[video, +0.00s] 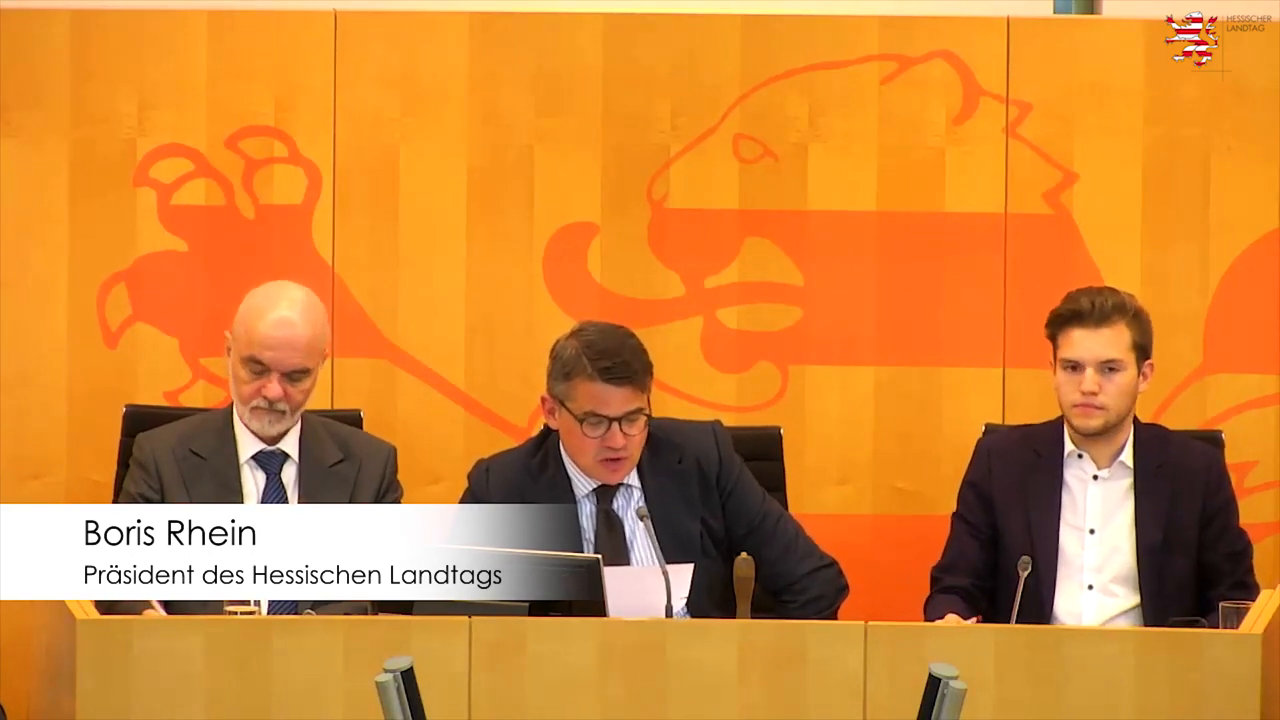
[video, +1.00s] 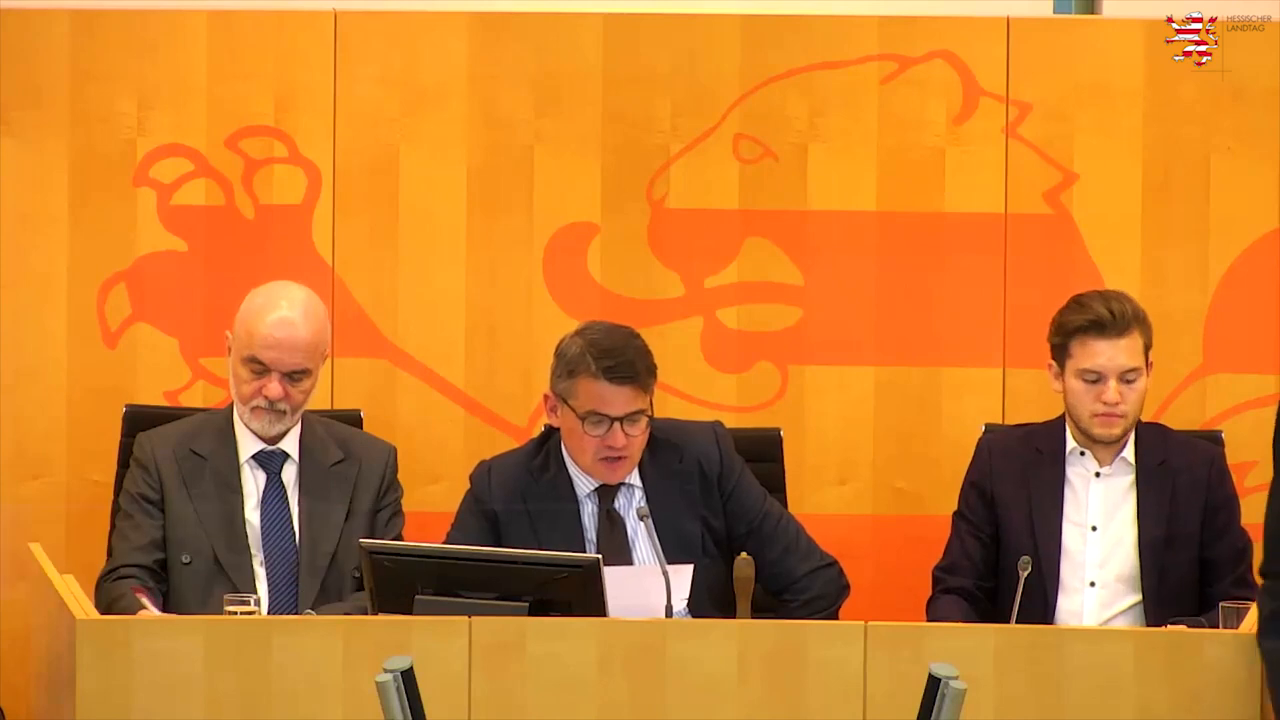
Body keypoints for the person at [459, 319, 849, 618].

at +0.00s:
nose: (617, 440)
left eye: (633, 418)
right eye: (594, 422)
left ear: (649, 399)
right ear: (552, 411)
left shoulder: (704, 457)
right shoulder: (499, 488)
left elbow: (814, 583)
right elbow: (459, 622)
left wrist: (757, 676)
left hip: (701, 678)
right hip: (562, 686)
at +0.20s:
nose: (619, 442)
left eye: (634, 420)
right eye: (596, 423)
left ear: (651, 400)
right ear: (554, 412)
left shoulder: (705, 458)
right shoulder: (500, 488)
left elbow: (814, 583)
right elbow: (460, 622)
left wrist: (757, 677)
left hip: (701, 679)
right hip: (562, 687)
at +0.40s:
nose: (619, 438)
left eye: (634, 417)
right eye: (597, 420)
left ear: (651, 399)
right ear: (554, 410)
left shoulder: (706, 458)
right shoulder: (500, 488)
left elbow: (815, 583)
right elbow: (461, 623)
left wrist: (756, 675)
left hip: (701, 678)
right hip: (561, 686)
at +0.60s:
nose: (616, 438)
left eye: (632, 417)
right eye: (595, 420)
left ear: (649, 401)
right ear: (552, 409)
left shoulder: (704, 457)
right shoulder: (497, 489)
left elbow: (815, 584)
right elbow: (446, 614)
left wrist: (756, 675)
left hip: (699, 679)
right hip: (560, 686)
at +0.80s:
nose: (616, 440)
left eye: (633, 419)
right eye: (594, 421)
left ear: (650, 403)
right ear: (552, 410)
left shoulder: (704, 457)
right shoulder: (498, 489)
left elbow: (814, 584)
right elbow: (444, 615)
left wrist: (755, 676)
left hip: (699, 680)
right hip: (560, 685)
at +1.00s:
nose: (617, 441)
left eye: (634, 419)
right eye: (596, 421)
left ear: (651, 402)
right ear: (554, 410)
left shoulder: (705, 457)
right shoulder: (499, 490)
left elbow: (815, 585)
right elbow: (444, 615)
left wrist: (754, 676)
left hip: (700, 680)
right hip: (562, 686)